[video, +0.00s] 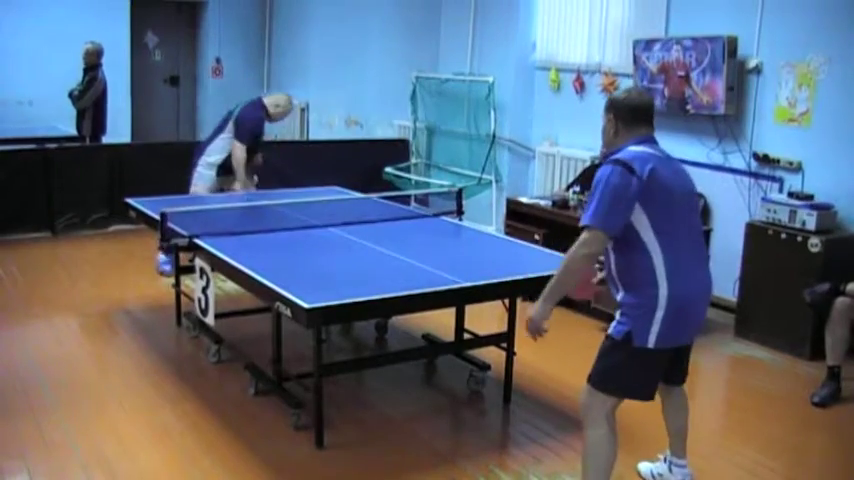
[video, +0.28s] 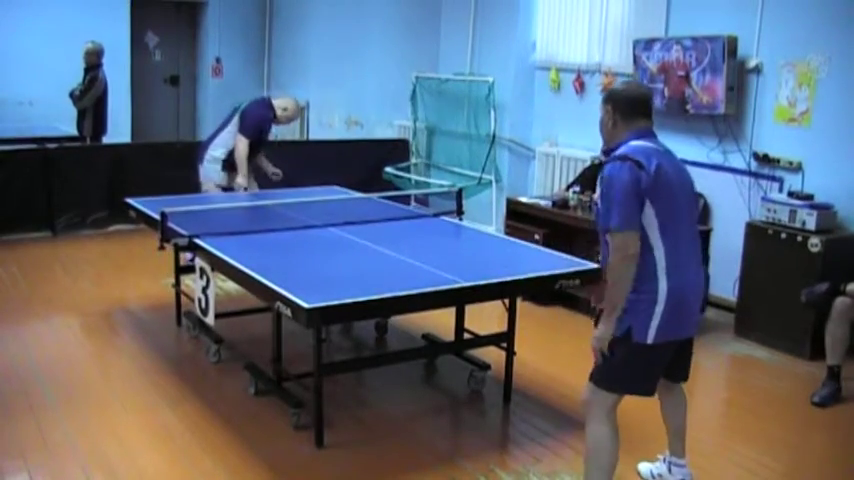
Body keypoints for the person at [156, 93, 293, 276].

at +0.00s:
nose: (280, 119)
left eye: (283, 116)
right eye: (282, 115)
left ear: (274, 104)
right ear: (276, 108)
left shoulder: (257, 112)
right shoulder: (251, 114)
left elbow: (252, 140)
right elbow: (238, 150)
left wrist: (255, 155)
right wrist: (241, 181)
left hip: (228, 163)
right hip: (209, 163)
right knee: (195, 207)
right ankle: (167, 251)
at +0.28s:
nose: (285, 123)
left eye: (289, 121)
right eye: (288, 119)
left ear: (283, 108)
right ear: (283, 110)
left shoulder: (266, 115)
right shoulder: (259, 111)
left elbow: (255, 150)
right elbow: (241, 143)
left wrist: (269, 169)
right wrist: (242, 176)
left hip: (235, 161)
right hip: (215, 161)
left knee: (253, 199)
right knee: (216, 205)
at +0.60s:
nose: (300, 116)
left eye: (304, 113)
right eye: (303, 112)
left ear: (300, 103)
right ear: (300, 104)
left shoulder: (285, 114)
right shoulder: (273, 107)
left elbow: (278, 151)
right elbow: (255, 137)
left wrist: (279, 178)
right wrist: (249, 170)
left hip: (259, 163)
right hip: (235, 160)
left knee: (272, 201)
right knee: (229, 204)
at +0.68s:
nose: (307, 111)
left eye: (310, 108)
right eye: (310, 107)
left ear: (305, 98)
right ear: (306, 99)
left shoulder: (291, 109)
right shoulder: (280, 102)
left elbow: (283, 145)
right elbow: (262, 134)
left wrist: (282, 173)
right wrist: (255, 167)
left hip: (266, 160)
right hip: (244, 157)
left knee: (273, 200)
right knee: (244, 203)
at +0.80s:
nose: (312, 104)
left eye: (316, 101)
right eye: (315, 99)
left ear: (312, 91)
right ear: (313, 93)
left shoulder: (297, 101)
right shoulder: (288, 97)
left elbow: (288, 137)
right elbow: (273, 130)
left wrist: (290, 164)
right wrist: (270, 163)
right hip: (255, 150)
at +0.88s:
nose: (318, 100)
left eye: (321, 97)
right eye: (320, 95)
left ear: (314, 86)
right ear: (316, 89)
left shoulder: (300, 97)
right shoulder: (294, 96)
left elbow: (294, 134)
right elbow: (283, 131)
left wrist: (297, 159)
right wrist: (283, 163)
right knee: (271, 189)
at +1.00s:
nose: (320, 97)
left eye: (323, 94)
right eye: (323, 93)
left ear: (310, 80)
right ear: (320, 87)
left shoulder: (290, 89)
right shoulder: (304, 95)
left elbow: (292, 129)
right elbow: (300, 133)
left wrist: (305, 156)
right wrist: (304, 169)